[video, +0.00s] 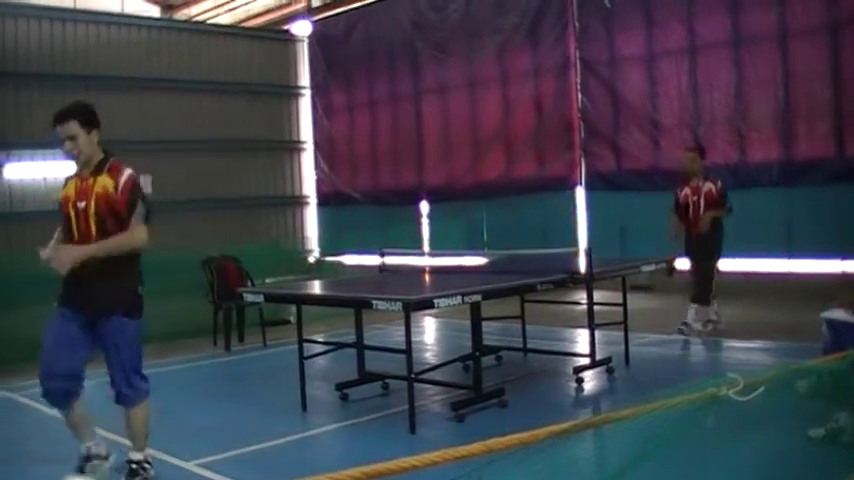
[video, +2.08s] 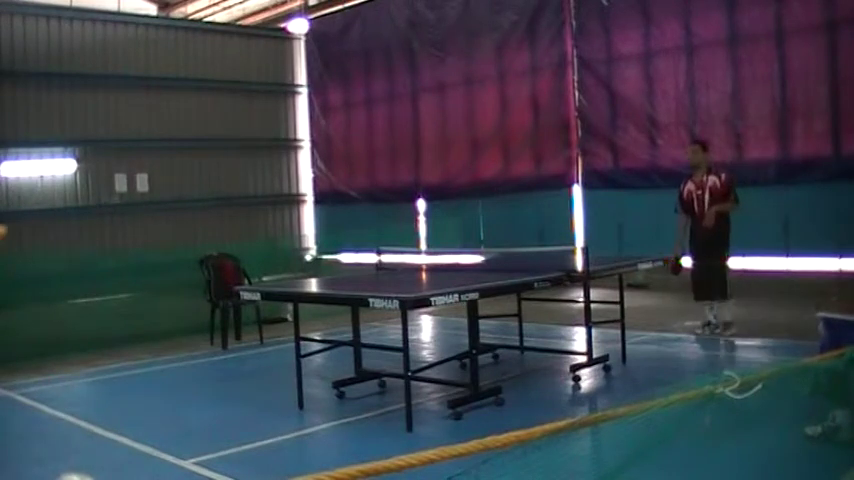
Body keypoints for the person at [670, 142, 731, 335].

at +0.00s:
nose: (688, 165)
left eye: (693, 161)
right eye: (687, 161)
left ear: (701, 163)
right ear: (684, 163)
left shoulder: (714, 186)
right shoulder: (682, 190)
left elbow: (724, 209)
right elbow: (679, 215)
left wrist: (709, 214)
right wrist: (680, 227)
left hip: (711, 235)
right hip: (692, 235)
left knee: (703, 273)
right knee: (701, 273)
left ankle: (693, 315)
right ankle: (711, 312)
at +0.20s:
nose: (693, 159)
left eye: (696, 155)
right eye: (690, 155)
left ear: (704, 157)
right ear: (689, 158)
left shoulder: (717, 180)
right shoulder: (687, 187)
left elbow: (729, 203)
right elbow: (687, 218)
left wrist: (712, 208)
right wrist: (687, 248)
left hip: (715, 238)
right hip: (697, 239)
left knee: (712, 275)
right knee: (701, 276)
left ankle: (713, 318)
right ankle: (707, 317)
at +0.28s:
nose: (697, 159)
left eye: (701, 155)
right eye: (695, 155)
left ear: (708, 157)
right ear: (692, 158)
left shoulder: (721, 180)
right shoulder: (692, 186)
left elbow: (732, 204)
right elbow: (690, 214)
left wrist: (714, 207)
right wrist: (690, 242)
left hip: (720, 238)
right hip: (700, 240)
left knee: (722, 276)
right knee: (703, 277)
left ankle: (727, 315)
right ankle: (709, 315)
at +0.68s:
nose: (728, 159)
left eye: (732, 155)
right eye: (725, 155)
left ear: (738, 158)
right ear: (721, 159)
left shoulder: (750, 183)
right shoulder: (714, 185)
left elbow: (758, 206)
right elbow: (709, 214)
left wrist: (741, 207)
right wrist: (703, 245)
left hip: (745, 236)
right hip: (722, 236)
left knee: (749, 271)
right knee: (719, 272)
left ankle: (755, 313)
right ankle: (712, 314)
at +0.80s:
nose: (737, 158)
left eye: (741, 153)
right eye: (735, 153)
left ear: (748, 156)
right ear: (730, 156)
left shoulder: (758, 181)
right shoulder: (721, 183)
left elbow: (766, 206)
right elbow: (714, 215)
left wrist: (754, 214)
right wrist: (708, 246)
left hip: (752, 237)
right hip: (728, 237)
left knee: (754, 274)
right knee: (723, 273)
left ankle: (756, 314)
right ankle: (713, 314)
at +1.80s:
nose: (712, 158)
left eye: (716, 154)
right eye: (710, 154)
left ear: (724, 156)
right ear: (707, 158)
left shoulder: (737, 181)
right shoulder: (702, 186)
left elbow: (749, 205)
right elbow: (699, 216)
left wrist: (731, 210)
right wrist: (697, 243)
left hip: (733, 241)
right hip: (711, 242)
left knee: (742, 277)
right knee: (710, 280)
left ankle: (754, 312)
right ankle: (711, 320)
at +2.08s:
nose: (692, 157)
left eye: (696, 152)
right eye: (690, 153)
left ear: (705, 155)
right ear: (689, 156)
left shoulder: (721, 179)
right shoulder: (686, 186)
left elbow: (732, 203)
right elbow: (684, 219)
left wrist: (714, 209)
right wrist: (678, 249)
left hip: (718, 235)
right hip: (698, 236)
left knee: (718, 274)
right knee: (702, 276)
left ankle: (725, 317)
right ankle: (710, 318)